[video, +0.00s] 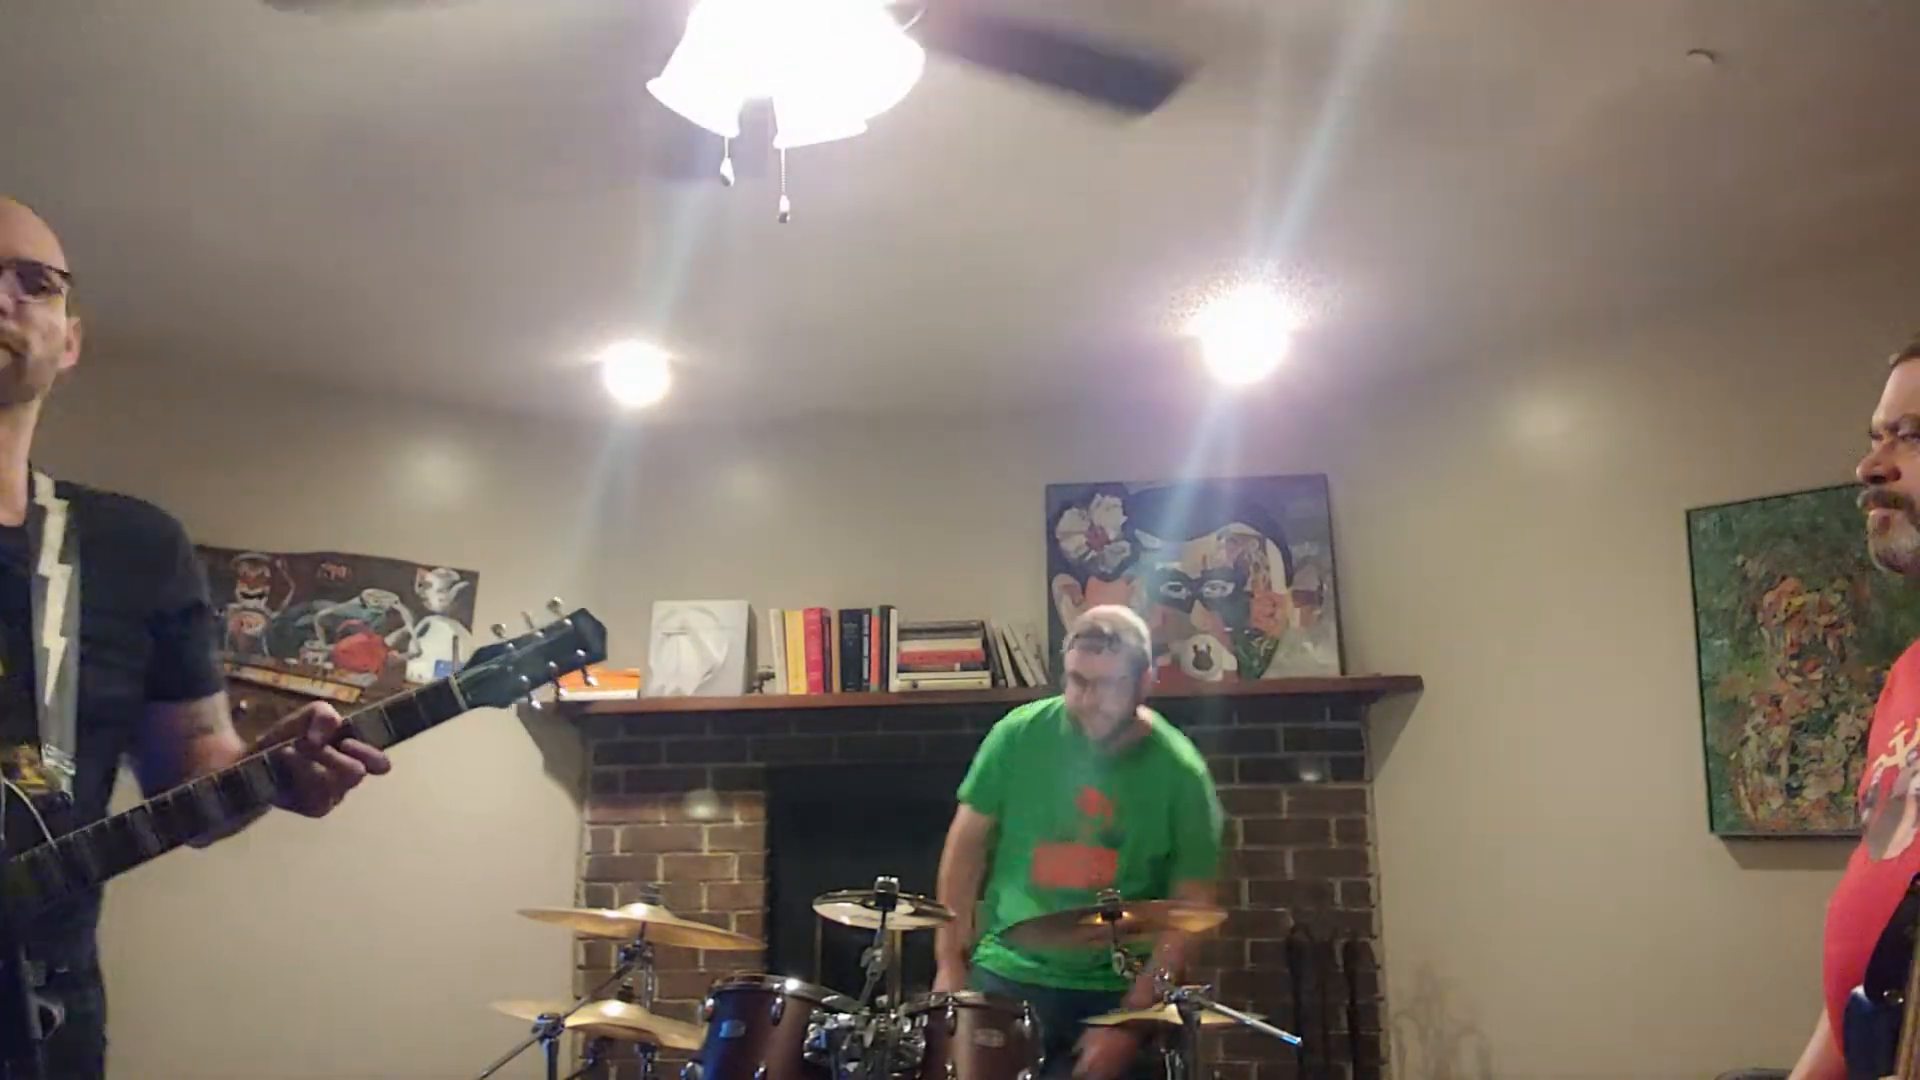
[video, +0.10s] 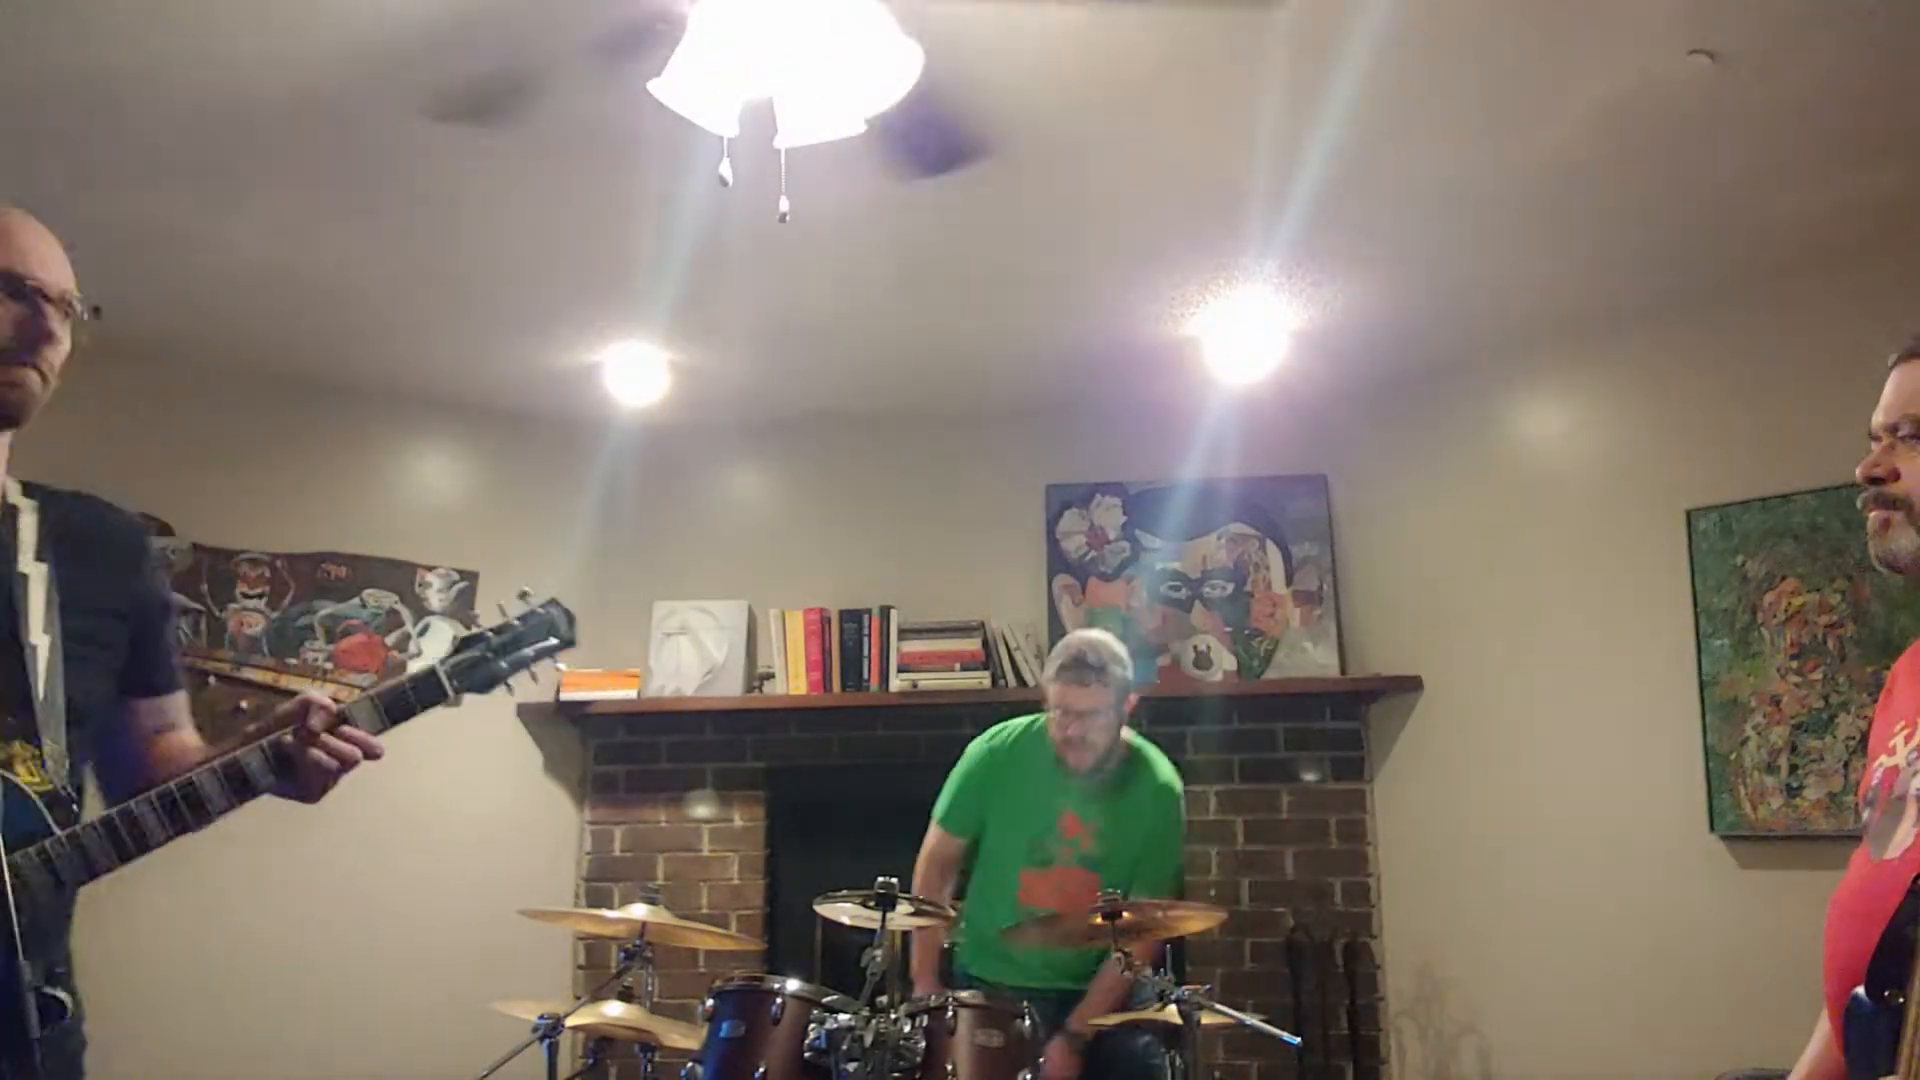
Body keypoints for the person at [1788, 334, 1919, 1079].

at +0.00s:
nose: (1869, 465)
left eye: (1905, 435)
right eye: (1875, 438)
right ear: (1874, 450)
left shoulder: (1908, 674)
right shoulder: (1905, 677)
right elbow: (1877, 910)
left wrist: (1820, 1061)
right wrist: (1814, 1065)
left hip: (1902, 1051)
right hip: (1863, 1047)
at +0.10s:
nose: (1869, 466)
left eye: (1906, 436)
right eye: (1874, 440)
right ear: (1873, 451)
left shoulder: (1908, 674)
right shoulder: (1905, 677)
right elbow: (1878, 901)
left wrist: (1820, 1062)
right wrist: (1813, 1066)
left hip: (1902, 1051)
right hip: (1864, 1048)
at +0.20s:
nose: (1868, 470)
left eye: (1903, 438)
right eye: (1872, 443)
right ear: (1871, 454)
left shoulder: (1907, 674)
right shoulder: (1905, 677)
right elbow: (1877, 912)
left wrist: (1816, 1063)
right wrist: (1811, 1067)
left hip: (1901, 1053)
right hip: (1862, 1049)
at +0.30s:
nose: (1861, 475)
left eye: (1896, 443)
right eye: (1866, 449)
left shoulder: (1908, 674)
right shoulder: (1906, 675)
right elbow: (1877, 917)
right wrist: (1810, 1068)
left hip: (1901, 1055)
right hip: (1861, 1050)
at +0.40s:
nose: (1854, 487)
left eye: (1888, 452)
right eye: (1864, 457)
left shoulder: (1907, 675)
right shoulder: (1905, 676)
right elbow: (1878, 909)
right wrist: (1809, 1069)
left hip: (1900, 1056)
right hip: (1862, 1051)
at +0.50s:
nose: (1849, 500)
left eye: (1874, 464)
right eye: (1855, 470)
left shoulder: (1910, 674)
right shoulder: (1908, 674)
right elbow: (1879, 906)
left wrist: (1816, 1065)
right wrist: (1811, 1068)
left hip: (1900, 1055)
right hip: (1860, 1049)